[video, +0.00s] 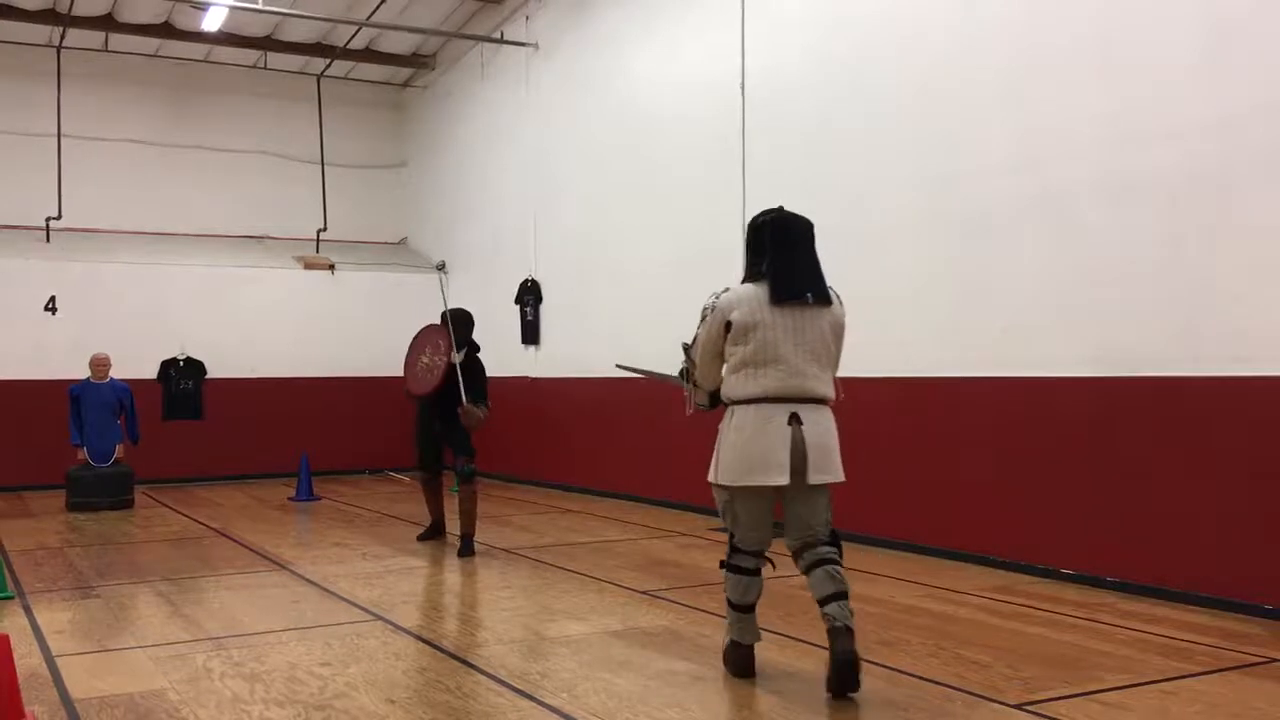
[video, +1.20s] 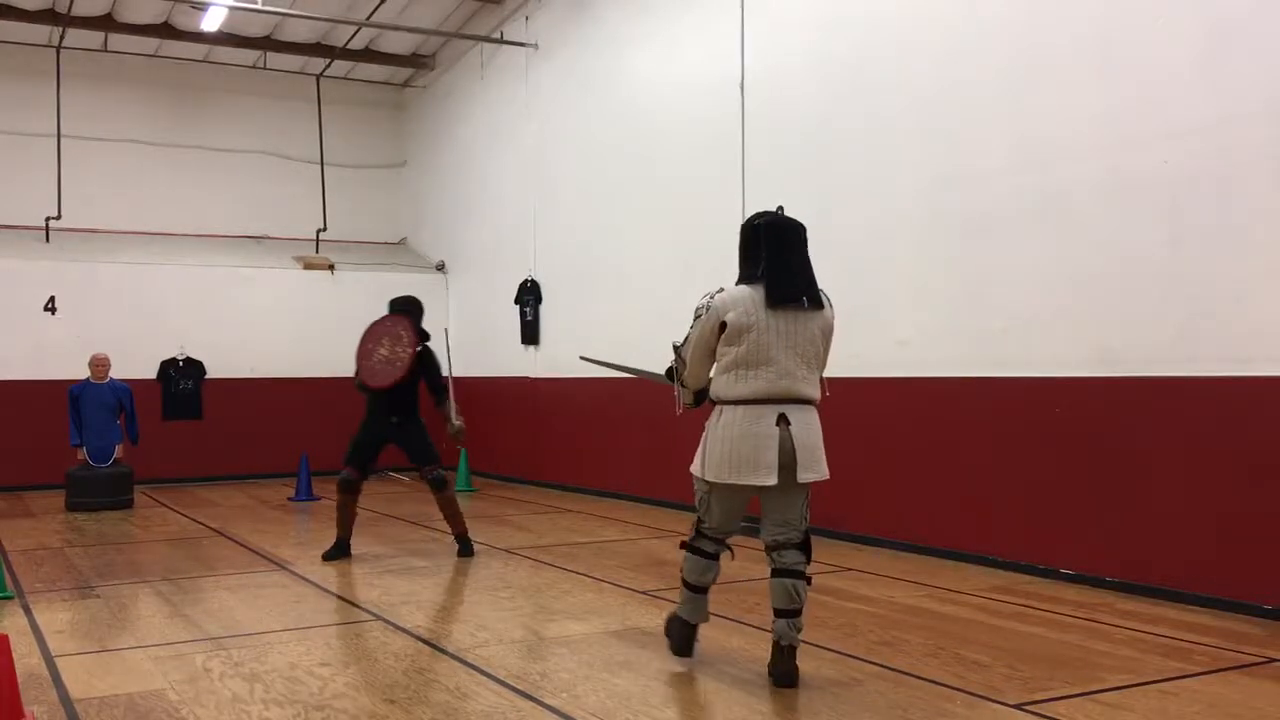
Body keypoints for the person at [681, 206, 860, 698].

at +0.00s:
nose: (747, 256)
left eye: (750, 248)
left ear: (755, 251)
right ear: (807, 251)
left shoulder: (734, 301)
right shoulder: (830, 306)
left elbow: (704, 368)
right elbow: (825, 366)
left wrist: (711, 390)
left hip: (749, 437)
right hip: (815, 436)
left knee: (746, 546)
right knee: (815, 541)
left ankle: (741, 648)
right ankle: (841, 633)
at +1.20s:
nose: (743, 260)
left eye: (745, 253)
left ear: (750, 254)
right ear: (799, 254)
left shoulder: (729, 304)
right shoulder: (820, 309)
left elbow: (693, 373)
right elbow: (812, 374)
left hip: (735, 436)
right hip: (799, 438)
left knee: (710, 535)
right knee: (788, 543)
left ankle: (685, 627)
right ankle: (785, 655)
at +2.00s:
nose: (629, 267)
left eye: (631, 260)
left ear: (635, 262)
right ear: (682, 259)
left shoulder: (620, 310)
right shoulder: (708, 309)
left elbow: (596, 381)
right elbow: (714, 370)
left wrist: (603, 398)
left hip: (644, 427)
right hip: (705, 425)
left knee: (641, 533)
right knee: (708, 527)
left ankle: (634, 633)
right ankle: (726, 618)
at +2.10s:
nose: (622, 266)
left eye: (625, 258)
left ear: (631, 260)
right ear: (677, 259)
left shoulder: (616, 308)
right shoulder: (703, 309)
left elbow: (591, 378)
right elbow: (709, 369)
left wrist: (599, 390)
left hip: (639, 426)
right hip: (700, 424)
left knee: (638, 533)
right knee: (692, 527)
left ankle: (634, 634)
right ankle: (699, 628)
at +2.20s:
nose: (620, 266)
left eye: (623, 258)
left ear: (629, 260)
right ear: (676, 258)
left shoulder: (613, 307)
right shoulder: (702, 307)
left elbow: (589, 377)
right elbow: (709, 367)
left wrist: (604, 378)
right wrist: (673, 373)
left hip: (636, 427)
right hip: (696, 425)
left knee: (635, 532)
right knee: (681, 530)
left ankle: (634, 633)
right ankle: (674, 635)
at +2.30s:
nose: (623, 265)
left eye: (626, 257)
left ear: (630, 260)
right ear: (677, 258)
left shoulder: (613, 306)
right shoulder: (703, 307)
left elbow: (588, 370)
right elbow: (711, 362)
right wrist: (672, 360)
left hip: (631, 427)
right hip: (690, 426)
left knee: (632, 530)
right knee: (676, 529)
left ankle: (633, 633)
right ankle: (668, 635)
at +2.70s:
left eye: (630, 260)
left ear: (632, 266)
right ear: (679, 264)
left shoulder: (615, 308)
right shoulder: (697, 307)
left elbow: (588, 331)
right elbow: (717, 277)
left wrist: (606, 294)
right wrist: (683, 262)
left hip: (626, 432)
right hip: (684, 431)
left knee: (611, 524)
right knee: (674, 527)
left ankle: (612, 617)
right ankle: (668, 630)